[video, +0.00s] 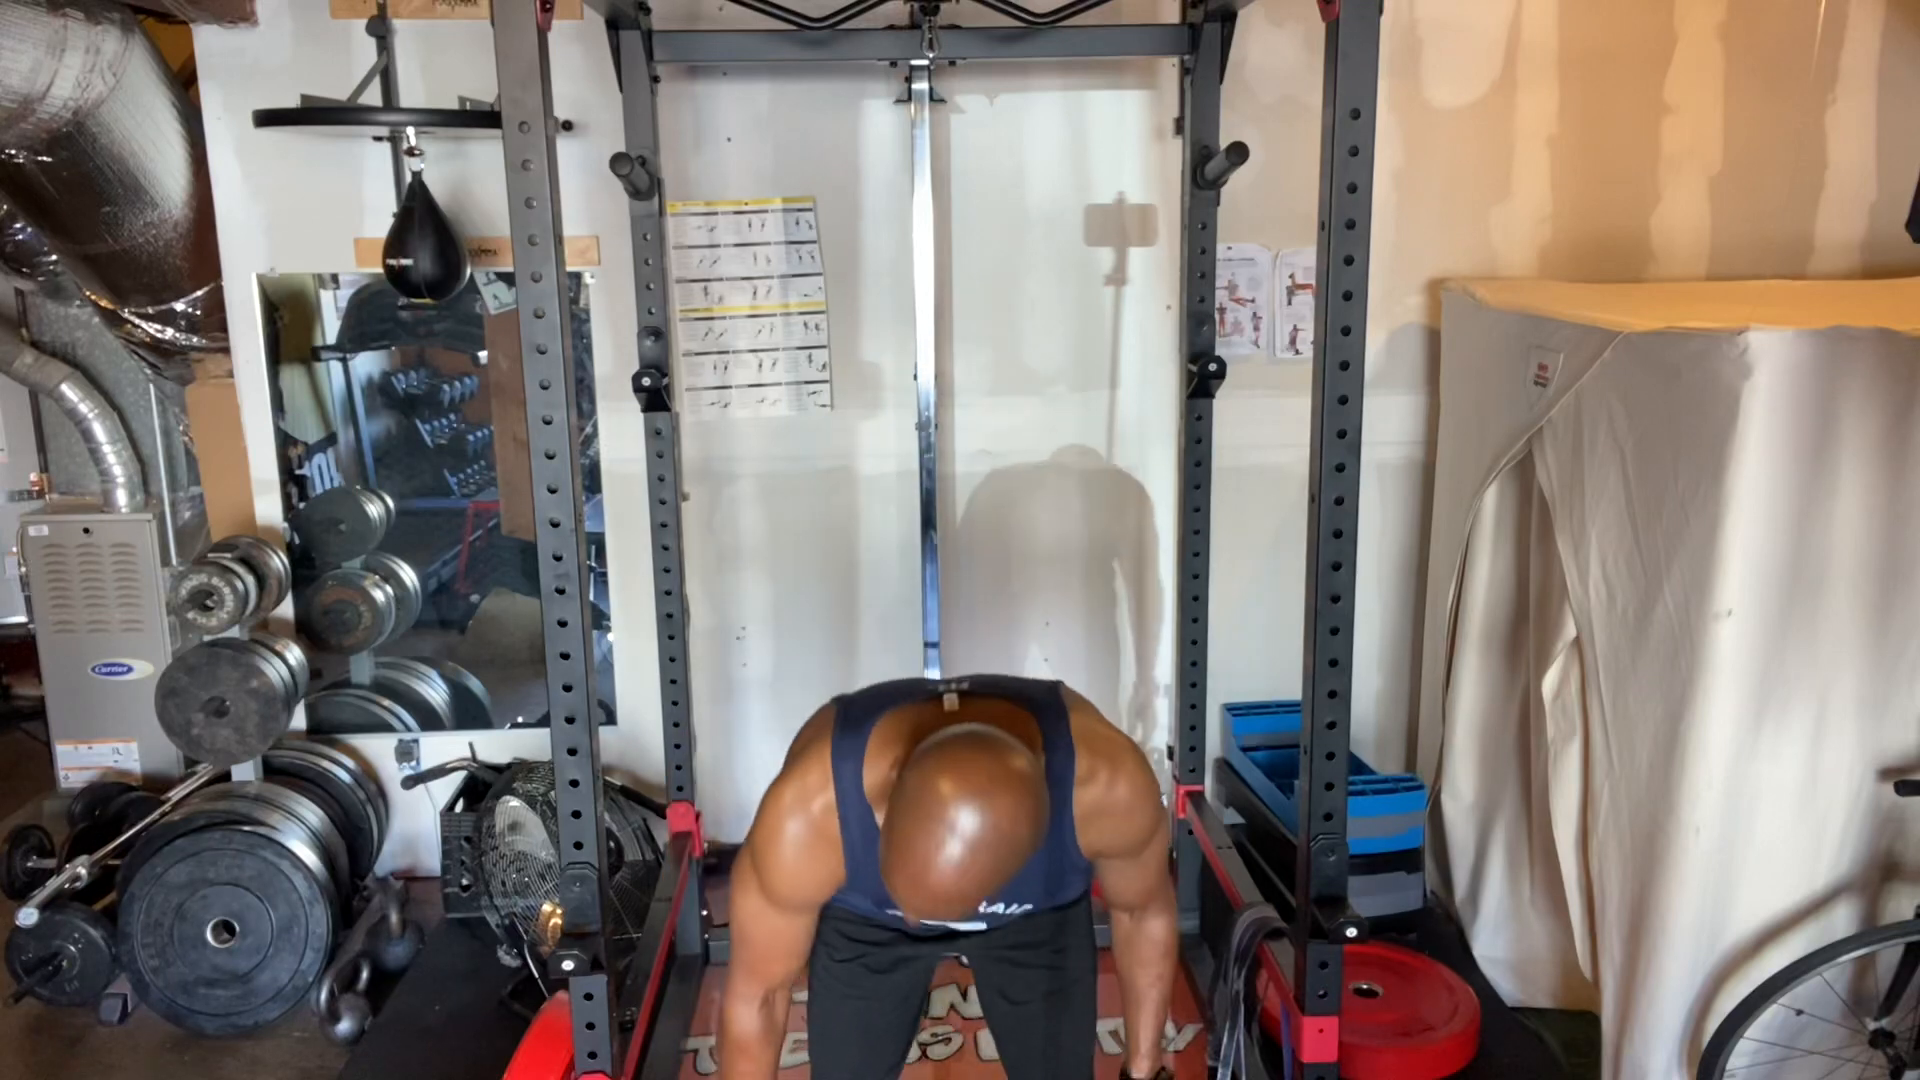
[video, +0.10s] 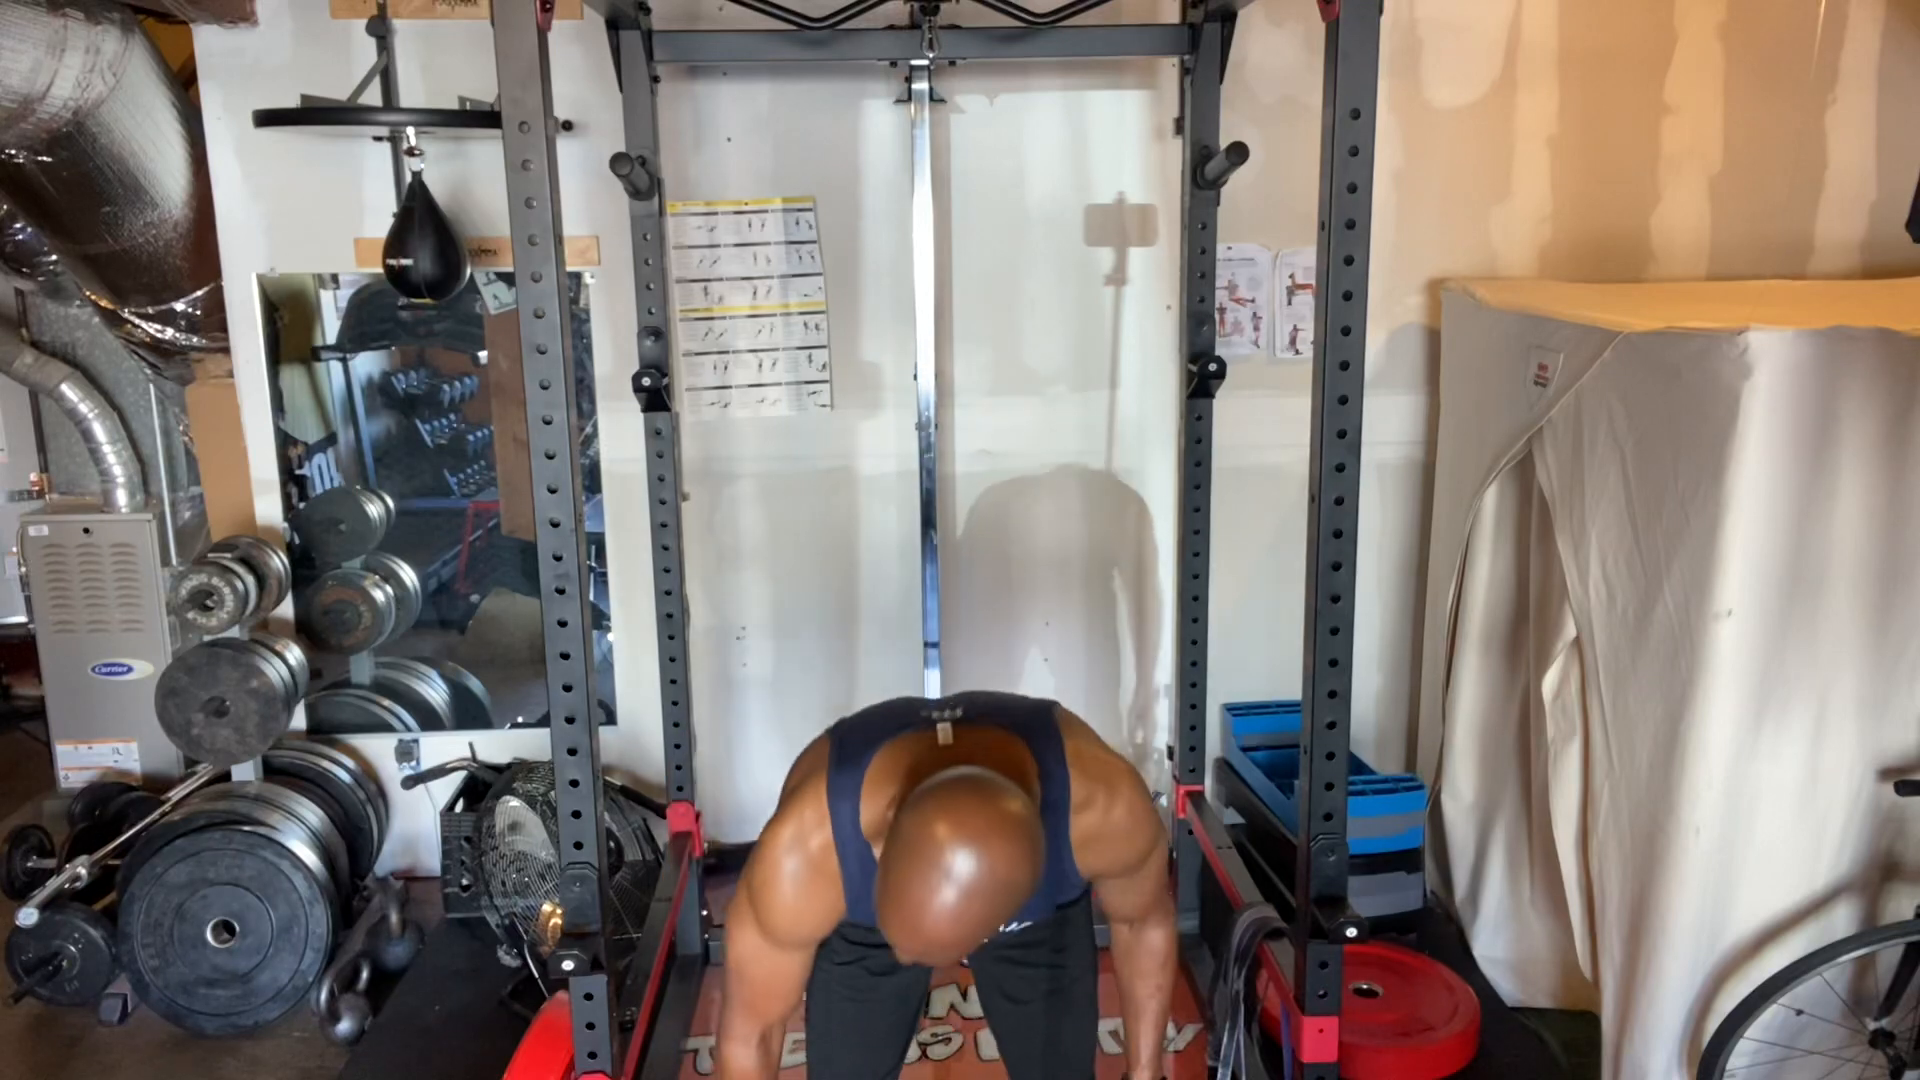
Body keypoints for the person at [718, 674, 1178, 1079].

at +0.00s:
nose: (927, 928)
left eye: (957, 916)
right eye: (905, 909)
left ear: (1040, 838)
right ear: (887, 818)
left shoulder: (1112, 790)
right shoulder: (804, 818)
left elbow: (1143, 915)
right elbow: (757, 997)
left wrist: (1143, 1062)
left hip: (1038, 910)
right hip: (867, 915)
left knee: (1057, 1068)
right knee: (847, 1069)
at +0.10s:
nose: (938, 973)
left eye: (960, 958)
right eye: (910, 954)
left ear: (1032, 882)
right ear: (881, 859)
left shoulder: (1111, 816)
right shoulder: (801, 860)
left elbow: (1143, 926)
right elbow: (751, 1034)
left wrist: (1145, 1067)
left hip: (1040, 899)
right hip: (861, 909)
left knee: (1059, 1065)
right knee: (847, 1068)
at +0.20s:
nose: (923, 1010)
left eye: (946, 1001)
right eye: (903, 993)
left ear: (1041, 902)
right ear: (879, 895)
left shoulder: (1107, 839)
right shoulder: (794, 900)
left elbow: (1142, 940)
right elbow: (745, 1063)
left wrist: (1143, 1071)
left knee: (1060, 1062)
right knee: (847, 1064)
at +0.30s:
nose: (926, 1048)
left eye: (947, 1034)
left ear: (1027, 932)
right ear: (869, 912)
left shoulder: (1100, 862)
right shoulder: (788, 925)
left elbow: (1136, 952)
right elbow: (750, 1070)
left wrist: (1139, 1071)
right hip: (848, 781)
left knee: (1061, 1061)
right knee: (843, 1062)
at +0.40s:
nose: (903, 1068)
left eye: (933, 1057)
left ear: (1008, 946)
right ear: (860, 933)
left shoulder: (1093, 881)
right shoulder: (778, 945)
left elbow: (1133, 976)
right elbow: (750, 1074)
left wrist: (1137, 1076)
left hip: (1014, 769)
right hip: (846, 782)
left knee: (1057, 1063)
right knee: (839, 1062)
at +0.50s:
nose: (895, 1074)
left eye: (924, 1070)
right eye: (878, 1064)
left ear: (1006, 946)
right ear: (852, 958)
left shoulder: (1090, 895)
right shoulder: (772, 958)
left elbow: (1132, 994)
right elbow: (744, 1067)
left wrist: (1134, 1076)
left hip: (1015, 771)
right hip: (848, 781)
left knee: (1035, 1059)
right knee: (837, 1059)